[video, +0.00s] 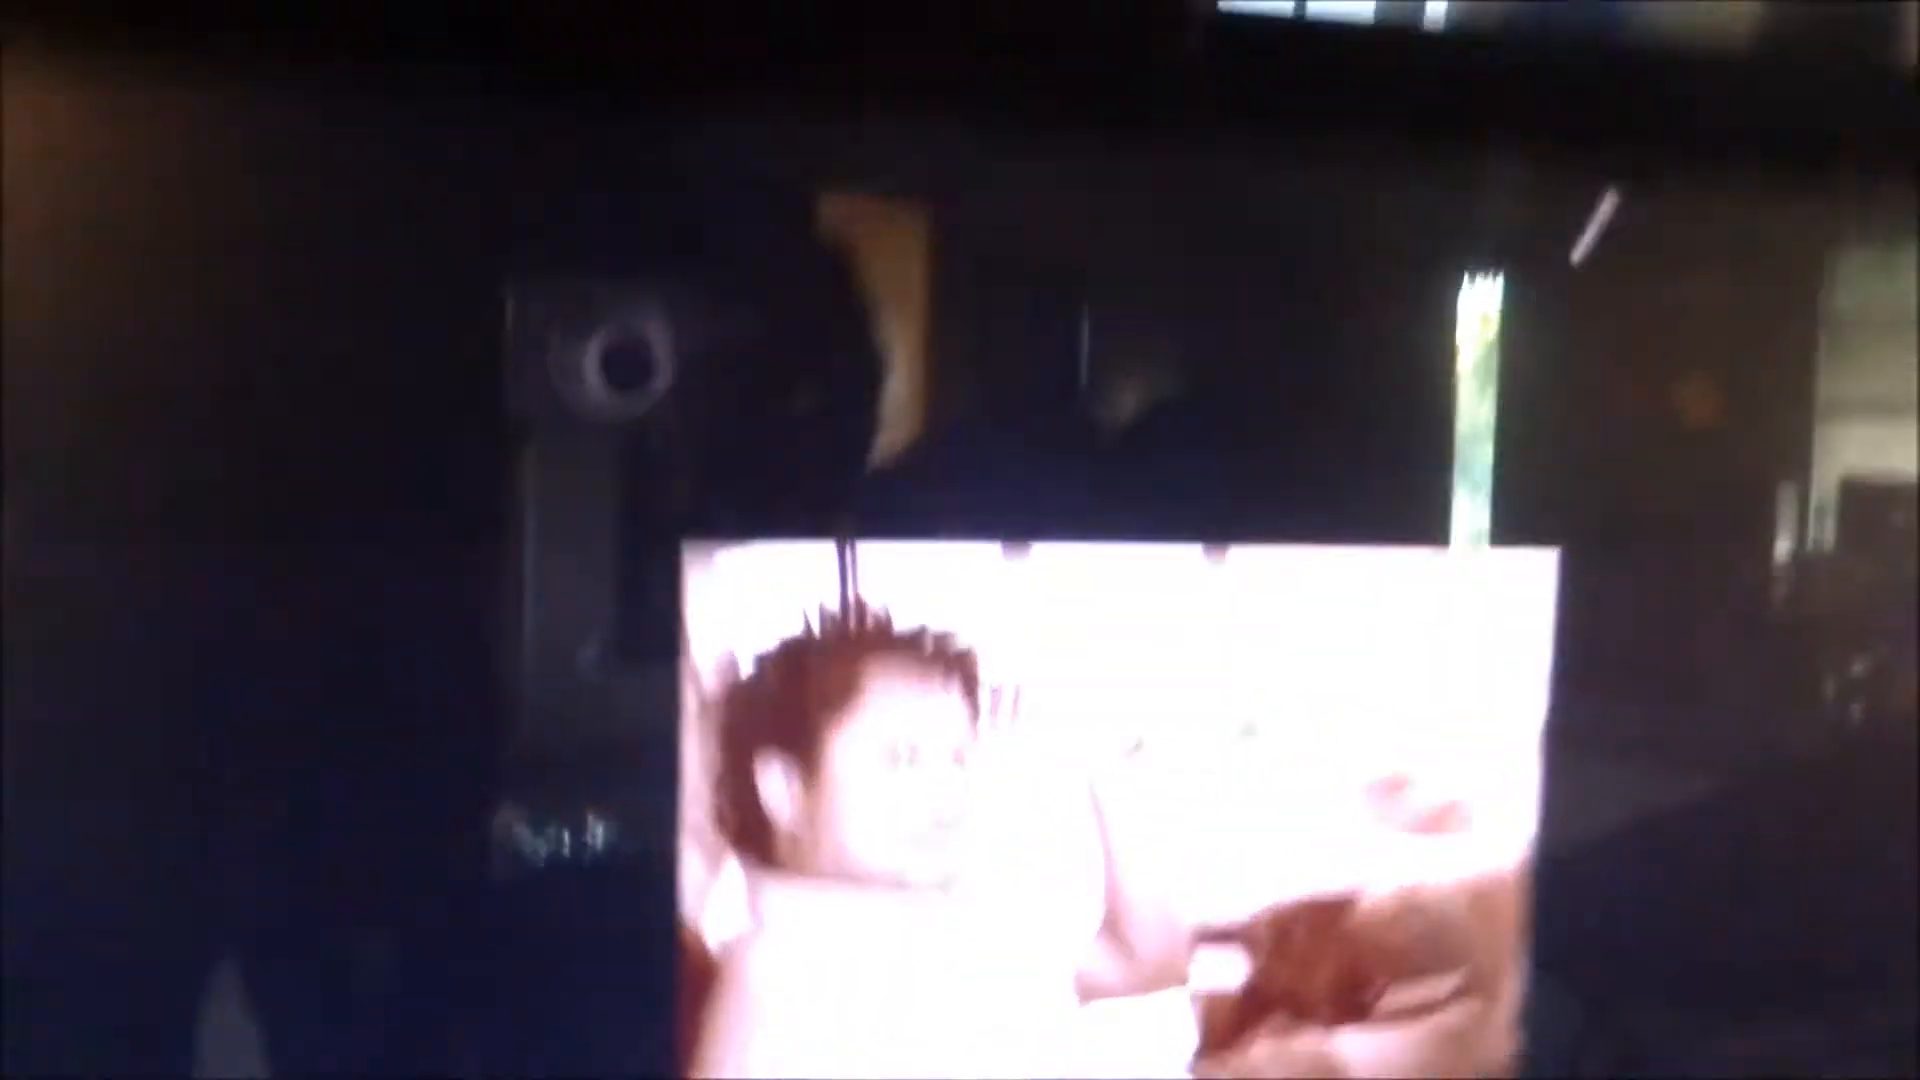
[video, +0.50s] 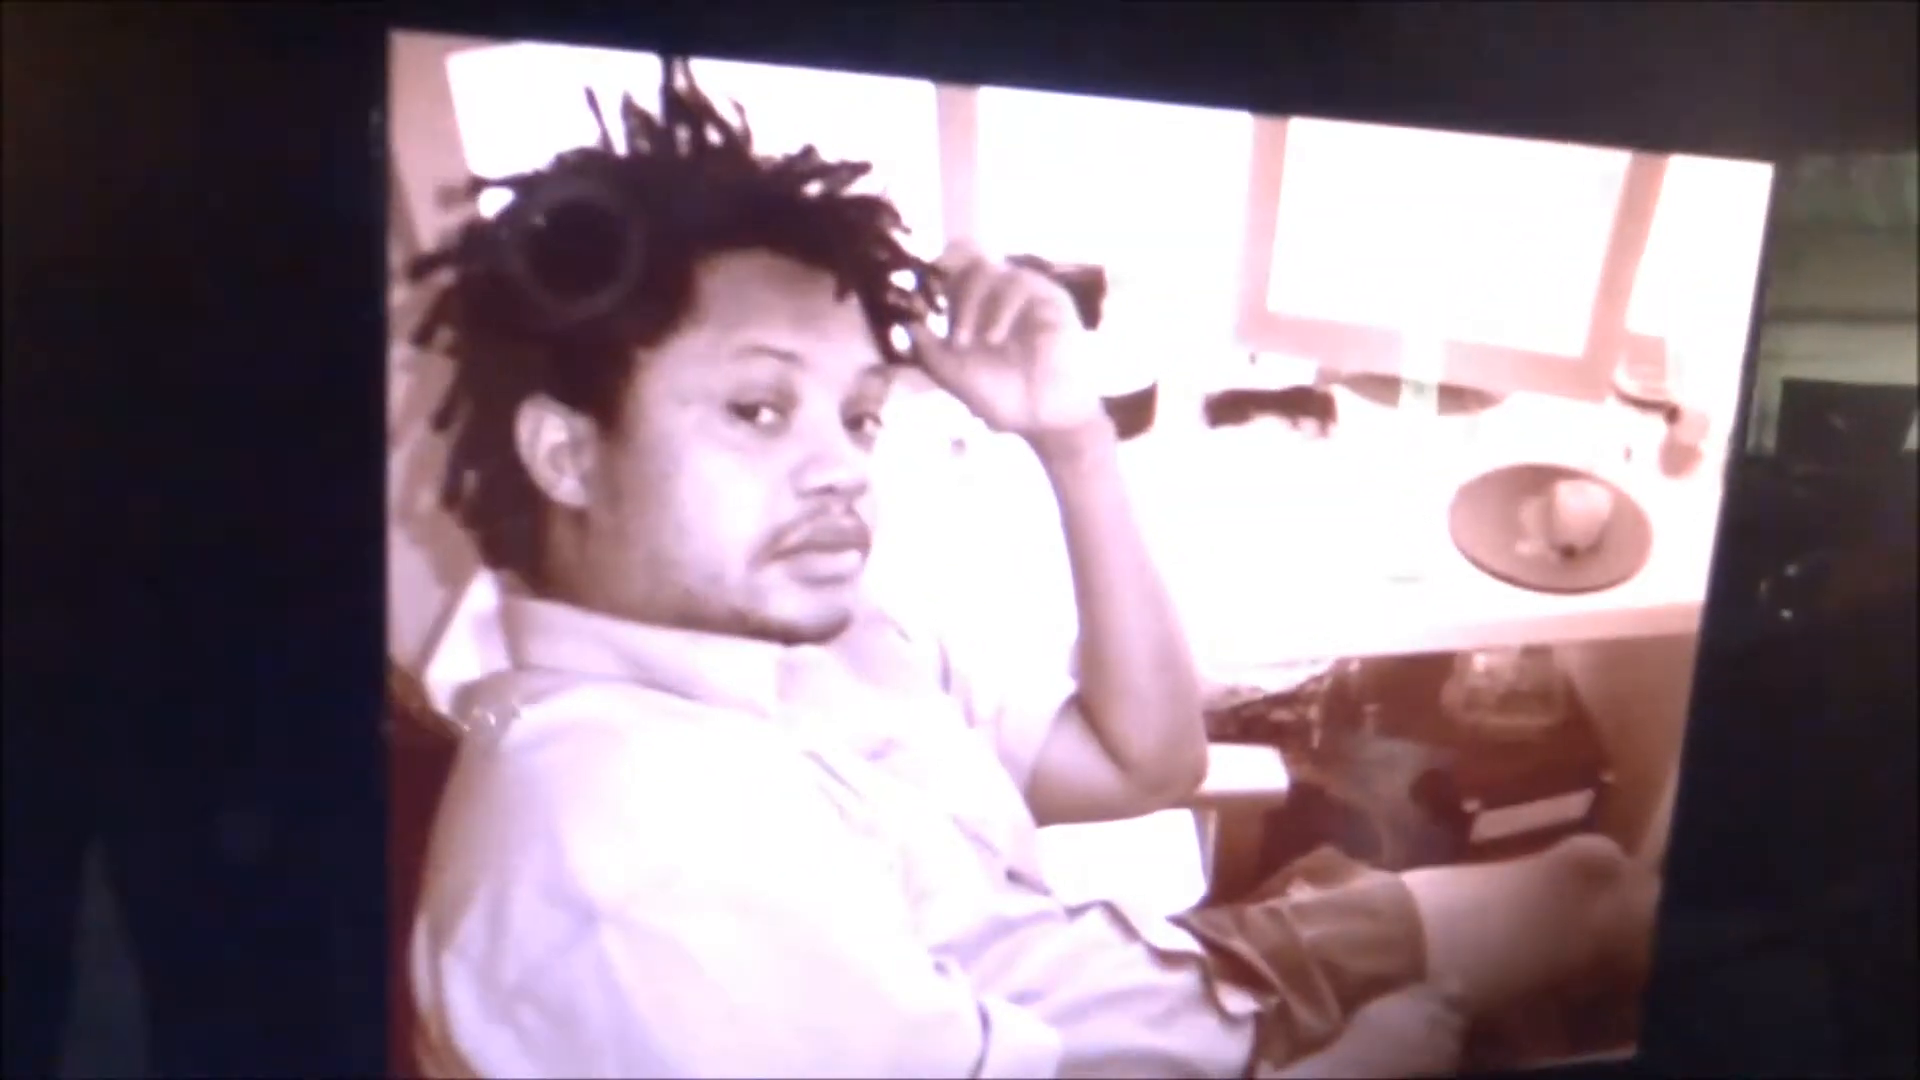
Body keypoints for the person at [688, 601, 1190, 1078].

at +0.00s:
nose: (945, 795)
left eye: (959, 760)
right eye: (902, 759)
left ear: (980, 763)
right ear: (781, 788)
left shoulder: (989, 936)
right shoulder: (775, 961)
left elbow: (1153, 961)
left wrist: (1111, 790)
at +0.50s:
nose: (844, 470)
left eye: (856, 415)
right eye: (756, 411)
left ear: (887, 416)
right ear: (561, 452)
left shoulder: (826, 641)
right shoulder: (600, 835)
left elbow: (1146, 763)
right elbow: (959, 1066)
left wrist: (1071, 435)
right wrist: (1344, 1041)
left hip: (1168, 971)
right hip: (1144, 1071)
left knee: (1596, 878)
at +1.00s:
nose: (810, 306)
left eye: (819, 243)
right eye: (711, 236)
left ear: (854, 250)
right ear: (494, 282)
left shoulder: (803, 486)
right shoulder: (551, 679)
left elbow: (1141, 615)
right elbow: (986, 996)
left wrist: (1058, 252)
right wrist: (1360, 880)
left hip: (1164, 838)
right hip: (1137, 965)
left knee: (1619, 723)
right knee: (1640, 752)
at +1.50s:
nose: (764, 353)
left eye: (776, 294)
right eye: (665, 286)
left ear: (807, 302)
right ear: (451, 335)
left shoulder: (767, 556)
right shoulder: (500, 741)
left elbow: (1099, 658)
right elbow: (959, 1022)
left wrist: (1016, 306)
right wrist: (1356, 936)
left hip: (1200, 895)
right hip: (1157, 1018)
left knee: (1591, 765)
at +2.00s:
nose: (701, 425)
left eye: (709, 358)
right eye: (594, 358)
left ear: (744, 356)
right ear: (369, 411)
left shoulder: (688, 613)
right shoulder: (452, 835)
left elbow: (1052, 736)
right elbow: (910, 1053)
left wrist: (957, 380)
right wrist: (1356, 962)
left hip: (1070, 931)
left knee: (1537, 820)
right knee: (1570, 857)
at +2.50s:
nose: (777, 456)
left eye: (788, 383)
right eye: (665, 375)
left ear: (826, 391)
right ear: (418, 428)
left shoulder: (771, 663)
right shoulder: (498, 875)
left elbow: (1159, 790)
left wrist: (1059, 394)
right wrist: (1459, 1036)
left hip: (1213, 1015)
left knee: (1683, 906)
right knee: (1710, 948)